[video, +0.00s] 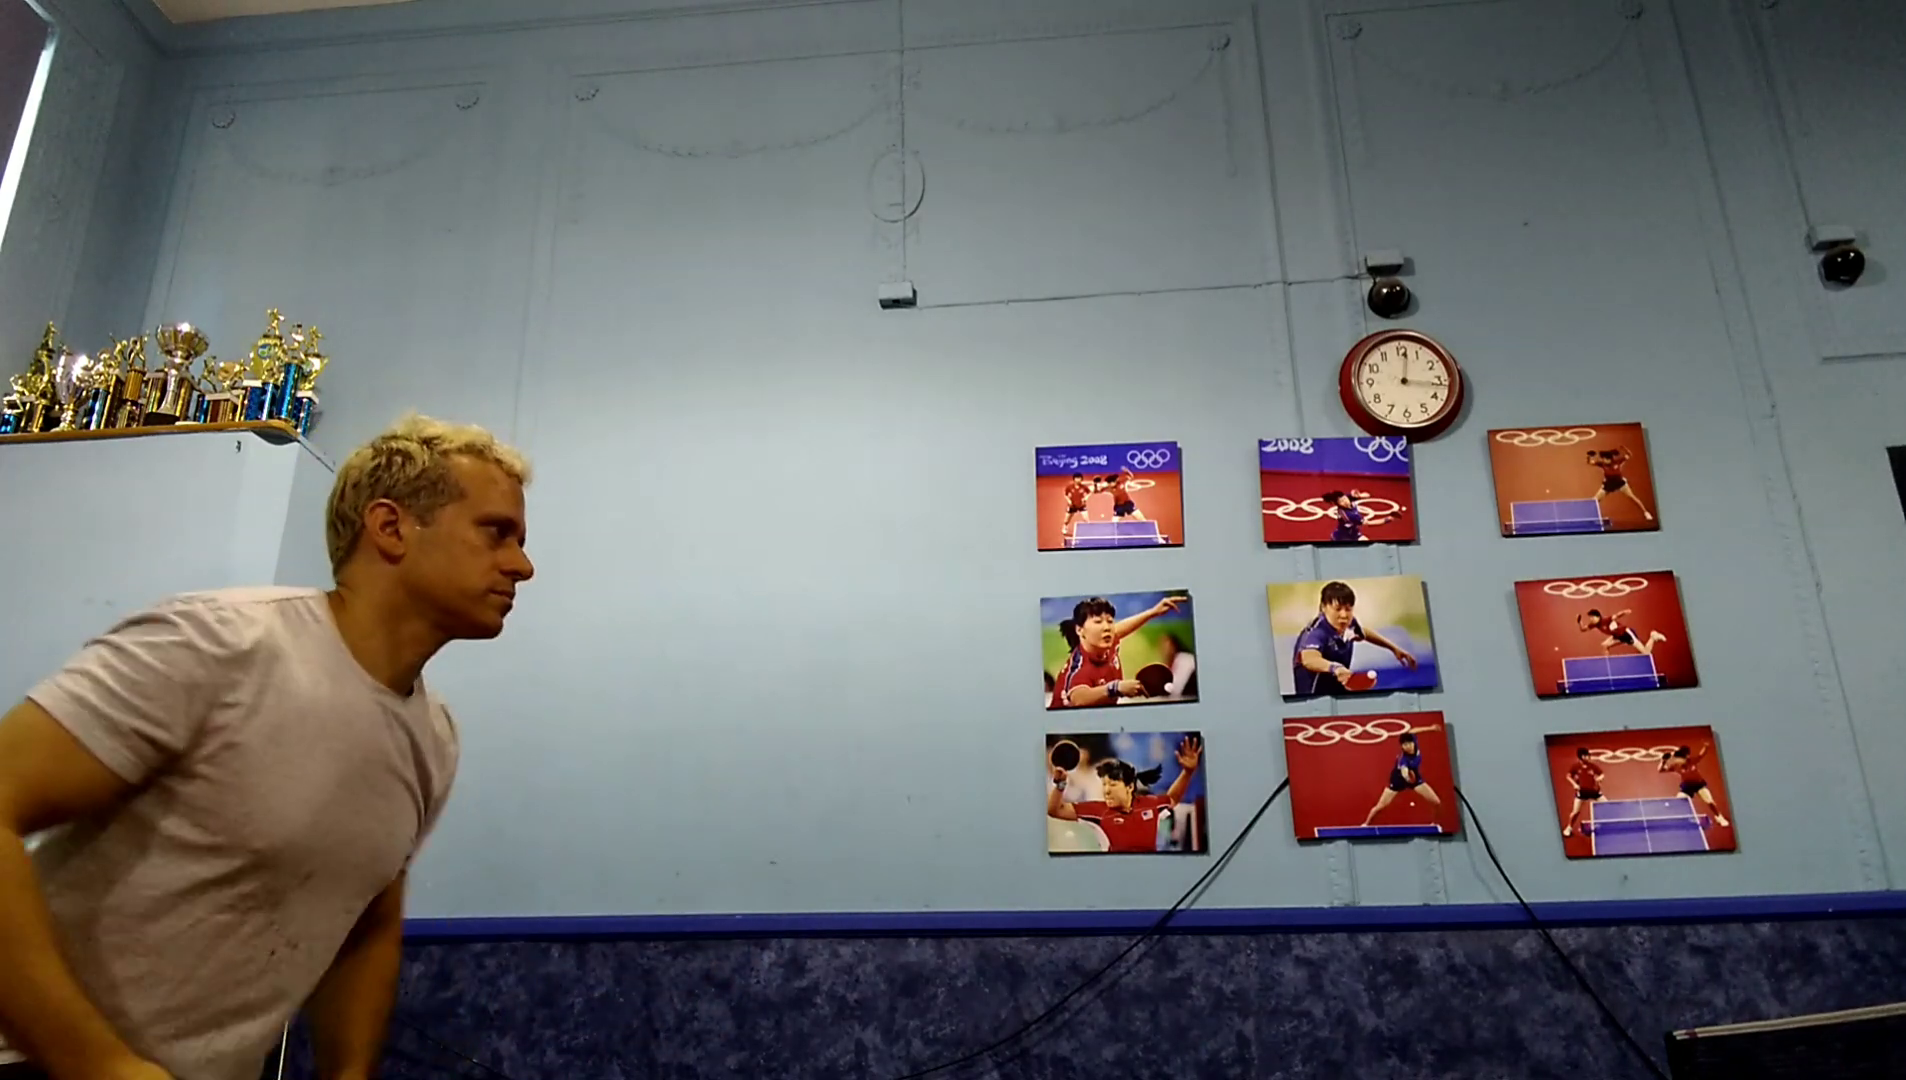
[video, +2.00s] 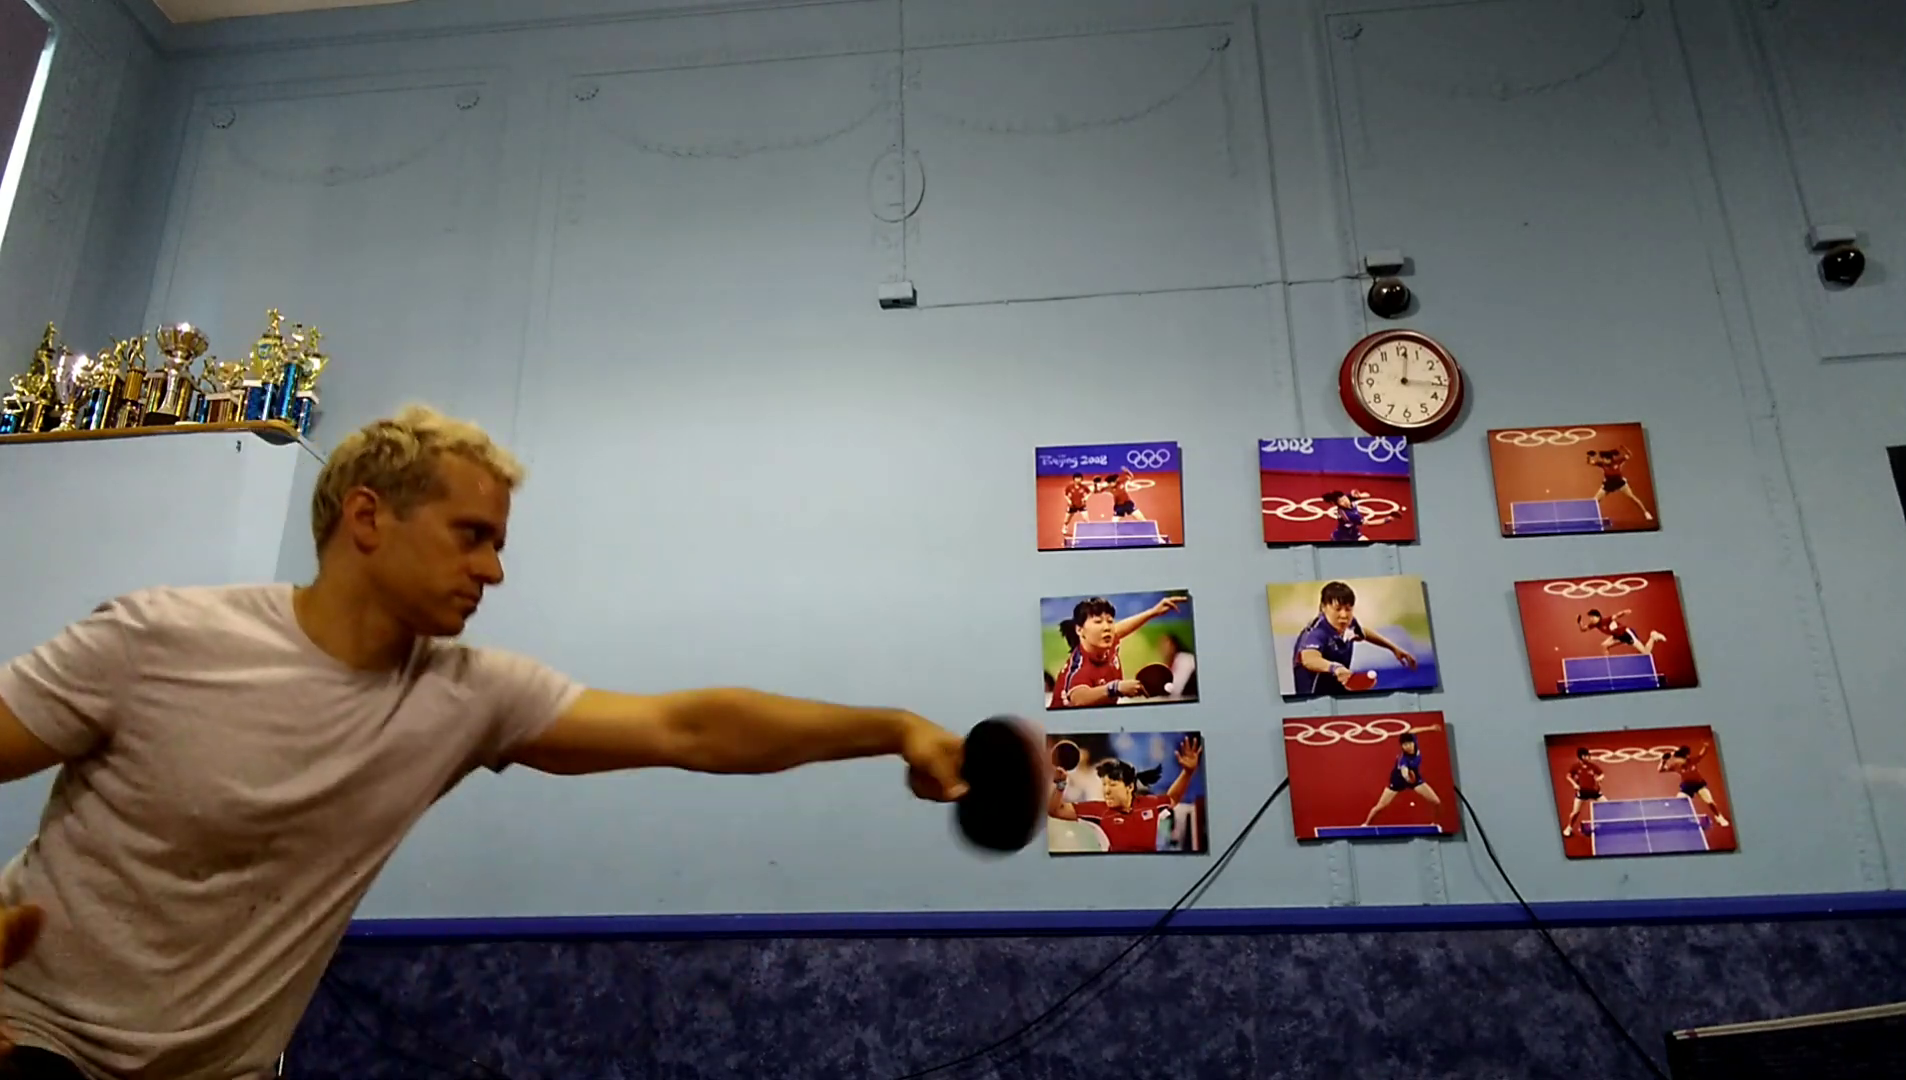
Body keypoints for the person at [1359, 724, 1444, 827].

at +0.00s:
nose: (1408, 747)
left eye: (1409, 744)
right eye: (1405, 745)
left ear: (1413, 743)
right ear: (1402, 747)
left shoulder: (1415, 746)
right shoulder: (1403, 759)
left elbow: (1413, 731)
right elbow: (1404, 772)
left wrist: (1431, 728)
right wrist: (1409, 779)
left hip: (1415, 779)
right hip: (1398, 781)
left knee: (1436, 802)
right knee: (1381, 805)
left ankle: (1434, 823)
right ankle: (1366, 823)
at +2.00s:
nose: (1408, 747)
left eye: (1409, 744)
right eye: (1405, 745)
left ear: (1413, 743)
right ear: (1402, 746)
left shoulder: (1416, 747)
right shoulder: (1403, 759)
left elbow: (1413, 731)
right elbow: (1404, 772)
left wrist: (1431, 728)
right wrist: (1409, 779)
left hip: (1415, 780)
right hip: (1398, 781)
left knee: (1436, 801)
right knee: (1381, 805)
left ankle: (1434, 823)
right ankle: (1366, 823)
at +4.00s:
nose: (1408, 747)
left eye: (1409, 744)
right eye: (1405, 745)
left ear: (1414, 743)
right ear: (1402, 746)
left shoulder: (1416, 748)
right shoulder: (1403, 759)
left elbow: (1413, 731)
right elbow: (1404, 771)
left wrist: (1431, 728)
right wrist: (1409, 778)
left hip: (1415, 779)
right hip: (1398, 781)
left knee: (1436, 802)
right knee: (1380, 806)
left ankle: (1435, 824)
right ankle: (1366, 823)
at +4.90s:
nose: (1408, 747)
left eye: (1409, 744)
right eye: (1405, 745)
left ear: (1414, 743)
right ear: (1402, 746)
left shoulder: (1416, 747)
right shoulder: (1403, 759)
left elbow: (1413, 731)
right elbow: (1404, 771)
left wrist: (1431, 728)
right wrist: (1409, 778)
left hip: (1415, 779)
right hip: (1398, 781)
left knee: (1436, 802)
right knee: (1381, 806)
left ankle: (1435, 824)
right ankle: (1366, 823)